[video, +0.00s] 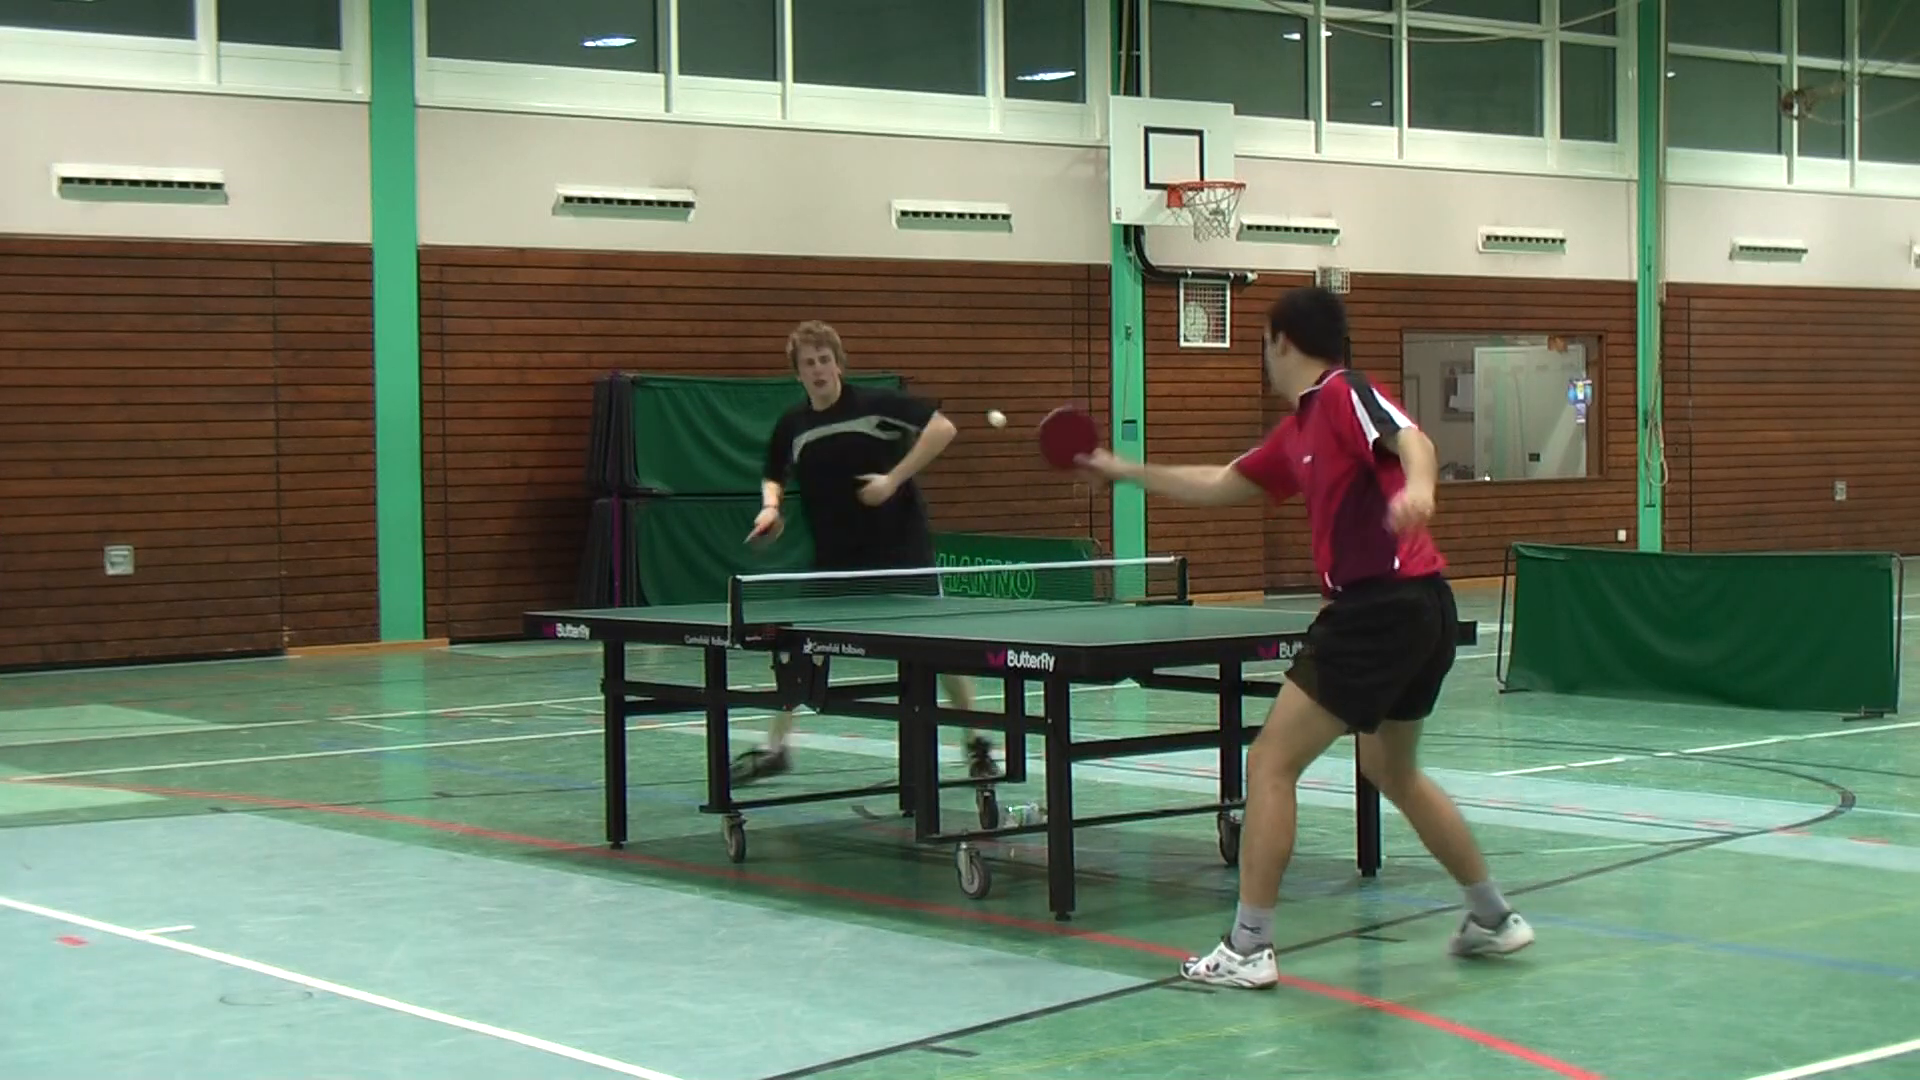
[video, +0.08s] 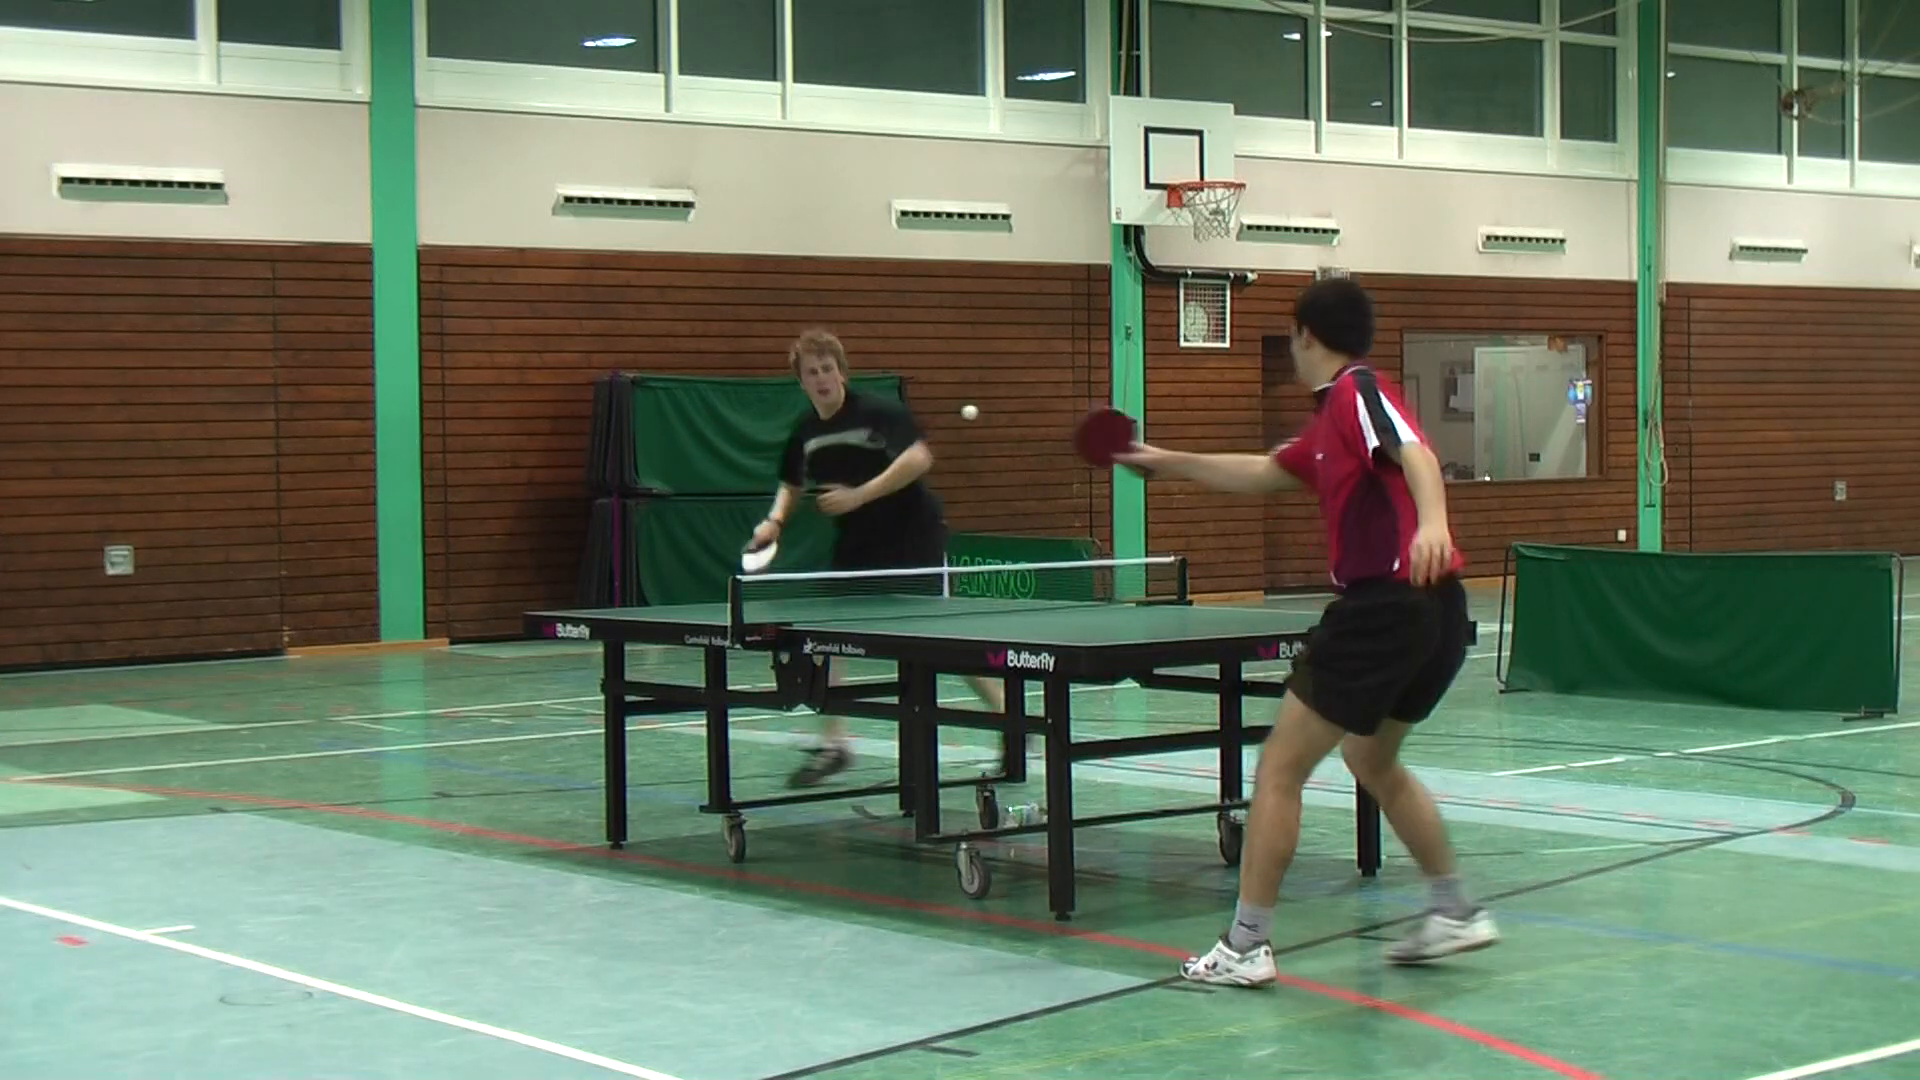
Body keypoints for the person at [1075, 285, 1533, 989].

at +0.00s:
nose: (1265, 358)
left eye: (1268, 345)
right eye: (1268, 345)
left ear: (1287, 344)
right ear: (1321, 344)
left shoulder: (1345, 392)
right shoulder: (1298, 430)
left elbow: (1414, 441)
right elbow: (1218, 483)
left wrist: (1419, 490)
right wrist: (1118, 467)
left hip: (1376, 608)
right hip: (1421, 608)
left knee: (1272, 762)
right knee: (1391, 768)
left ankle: (1248, 945)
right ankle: (1493, 915)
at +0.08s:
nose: (1291, 348)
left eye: (1294, 336)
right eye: (1293, 337)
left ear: (1310, 338)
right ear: (1359, 338)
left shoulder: (1357, 391)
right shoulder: (1334, 421)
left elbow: (1414, 452)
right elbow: (1257, 473)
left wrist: (1433, 522)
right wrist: (1157, 458)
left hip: (1380, 607)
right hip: (1436, 611)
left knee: (1279, 768)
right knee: (1373, 761)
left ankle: (1246, 943)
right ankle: (1455, 911)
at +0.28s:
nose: (1375, 376)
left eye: (1379, 364)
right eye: (1378, 363)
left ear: (1397, 367)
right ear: (1445, 365)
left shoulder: (1441, 434)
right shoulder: (1464, 430)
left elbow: (1424, 526)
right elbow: (1414, 519)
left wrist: (1340, 595)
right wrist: (1333, 536)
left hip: (1446, 643)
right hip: (1479, 645)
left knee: (1297, 763)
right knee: (1373, 762)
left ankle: (1345, 934)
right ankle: (1400, 933)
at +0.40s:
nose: (1450, 378)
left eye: (1454, 366)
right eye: (1453, 366)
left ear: (1469, 368)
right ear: (1518, 364)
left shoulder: (1496, 444)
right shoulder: (1563, 432)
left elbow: (1420, 532)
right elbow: (1600, 535)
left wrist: (1301, 546)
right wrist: (1524, 569)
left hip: (1485, 652)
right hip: (1536, 652)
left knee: (1369, 800)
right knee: (1412, 781)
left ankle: (1504, 917)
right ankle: (1401, 938)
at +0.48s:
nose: (1508, 366)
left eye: (1510, 354)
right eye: (1509, 354)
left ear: (1525, 356)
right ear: (1584, 353)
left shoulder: (1534, 434)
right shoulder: (1635, 426)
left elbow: (1449, 519)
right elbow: (1686, 531)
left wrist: (1345, 532)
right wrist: (1628, 579)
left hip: (1534, 644)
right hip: (1598, 646)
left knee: (1450, 804)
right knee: (1487, 778)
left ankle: (1553, 951)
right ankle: (1434, 923)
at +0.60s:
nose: (1592, 365)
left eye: (1596, 352)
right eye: (1594, 351)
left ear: (1614, 353)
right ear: (1671, 352)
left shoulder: (1612, 434)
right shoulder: (1723, 430)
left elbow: (1547, 537)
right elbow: (1742, 540)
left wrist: (1448, 594)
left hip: (1627, 650)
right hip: (1707, 651)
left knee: (1532, 787)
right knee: (1629, 761)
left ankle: (1567, 974)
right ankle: (1686, 931)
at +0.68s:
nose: (1662, 352)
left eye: (1666, 339)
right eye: (1665, 338)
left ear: (1684, 343)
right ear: (1741, 342)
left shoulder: (1696, 420)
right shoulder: (1790, 418)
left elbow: (1676, 535)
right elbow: (1799, 548)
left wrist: (1581, 620)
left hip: (1697, 653)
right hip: (1777, 656)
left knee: (1590, 790)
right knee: (1744, 812)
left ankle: (1567, 977)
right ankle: (1885, 926)